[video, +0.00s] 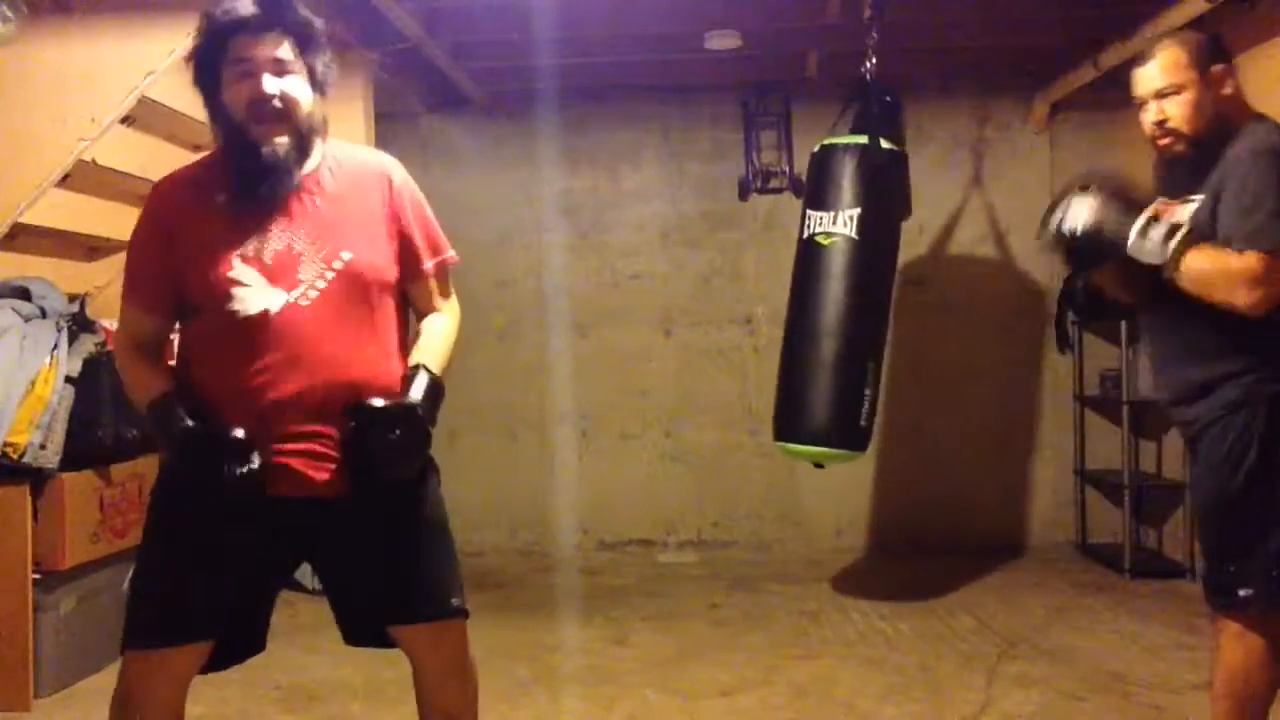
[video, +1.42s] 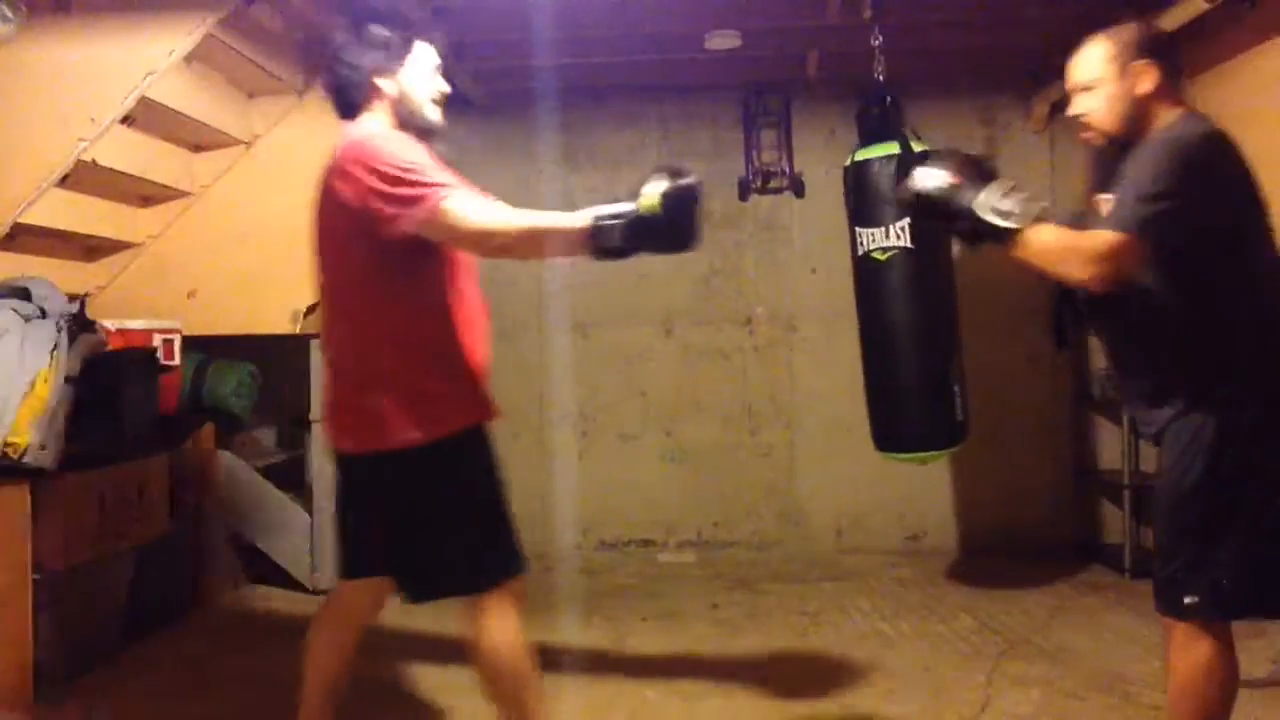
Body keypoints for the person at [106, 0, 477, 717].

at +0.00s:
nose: (267, 87)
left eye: (283, 68)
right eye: (243, 72)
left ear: (317, 82)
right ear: (214, 93)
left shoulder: (380, 179)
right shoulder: (179, 200)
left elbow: (439, 305)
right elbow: (136, 346)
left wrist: (416, 403)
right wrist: (182, 433)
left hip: (373, 470)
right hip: (224, 475)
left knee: (442, 643)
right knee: (154, 667)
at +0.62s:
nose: (242, 36)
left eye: (241, 20)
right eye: (212, 15)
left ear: (251, 41)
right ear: (156, 40)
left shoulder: (295, 142)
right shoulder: (100, 162)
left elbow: (333, 262)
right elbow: (58, 313)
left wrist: (335, 361)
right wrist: (129, 414)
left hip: (296, 437)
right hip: (169, 446)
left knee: (338, 585)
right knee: (153, 633)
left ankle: (323, 715)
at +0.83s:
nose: (311, 49)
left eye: (306, 35)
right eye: (290, 30)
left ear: (253, 51)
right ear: (236, 49)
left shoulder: (327, 157)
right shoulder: (192, 150)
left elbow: (351, 270)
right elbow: (122, 292)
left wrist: (373, 348)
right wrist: (213, 386)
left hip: (321, 442)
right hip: (216, 444)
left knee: (322, 592)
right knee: (191, 634)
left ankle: (306, 717)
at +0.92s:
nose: (332, 58)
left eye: (328, 44)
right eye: (315, 42)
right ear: (263, 56)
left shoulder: (329, 155)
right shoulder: (222, 149)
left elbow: (352, 266)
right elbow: (178, 284)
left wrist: (401, 336)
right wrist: (271, 369)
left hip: (334, 427)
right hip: (239, 433)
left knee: (326, 589)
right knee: (223, 618)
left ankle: (307, 716)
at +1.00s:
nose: (345, 62)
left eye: (342, 47)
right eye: (328, 45)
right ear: (278, 55)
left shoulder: (337, 152)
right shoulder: (246, 138)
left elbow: (374, 267)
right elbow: (226, 264)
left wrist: (437, 320)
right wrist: (336, 329)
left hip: (334, 412)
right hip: (267, 415)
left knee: (322, 588)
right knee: (274, 608)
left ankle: (305, 711)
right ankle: (231, 711)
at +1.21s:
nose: (385, 75)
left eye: (381, 59)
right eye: (371, 55)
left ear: (322, 66)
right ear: (319, 61)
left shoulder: (352, 155)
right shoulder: (301, 140)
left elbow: (432, 236)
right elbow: (372, 238)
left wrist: (528, 251)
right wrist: (515, 252)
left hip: (343, 410)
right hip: (341, 413)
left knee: (309, 582)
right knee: (404, 584)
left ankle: (298, 712)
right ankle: (408, 711)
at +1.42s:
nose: (445, 87)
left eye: (439, 71)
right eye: (431, 70)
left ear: (381, 82)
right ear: (382, 77)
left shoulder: (370, 154)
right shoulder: (374, 154)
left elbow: (499, 230)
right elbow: (479, 227)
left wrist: (626, 220)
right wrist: (616, 225)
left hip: (376, 427)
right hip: (425, 423)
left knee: (363, 589)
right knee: (494, 589)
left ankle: (311, 713)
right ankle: (528, 710)